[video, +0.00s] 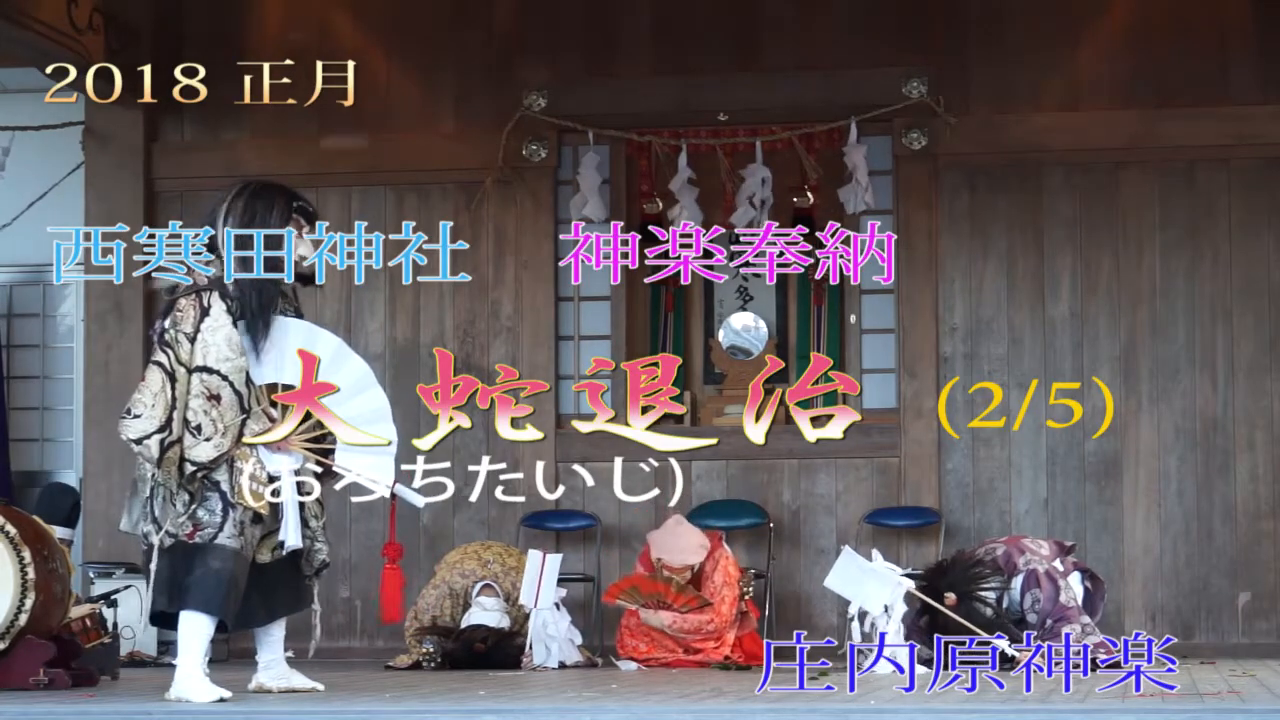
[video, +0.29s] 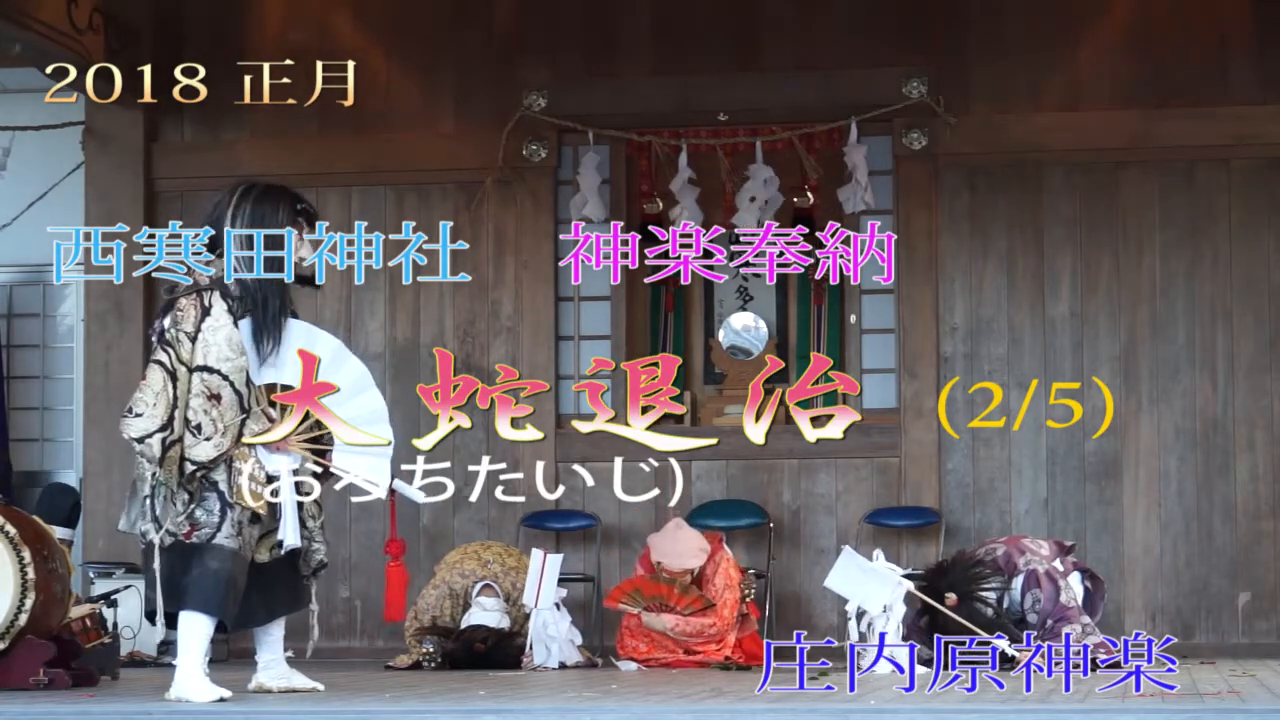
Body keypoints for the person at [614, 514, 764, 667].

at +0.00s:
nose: (675, 579)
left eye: (681, 573)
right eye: (669, 573)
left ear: (695, 564)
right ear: (658, 562)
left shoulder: (719, 560)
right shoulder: (647, 559)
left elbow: (718, 621)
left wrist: (662, 620)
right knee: (630, 625)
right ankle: (711, 654)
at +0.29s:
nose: (676, 582)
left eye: (682, 576)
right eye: (670, 576)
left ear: (695, 567)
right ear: (658, 564)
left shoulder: (720, 563)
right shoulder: (647, 560)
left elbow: (720, 625)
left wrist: (665, 623)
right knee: (631, 640)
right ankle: (711, 652)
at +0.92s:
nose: (681, 585)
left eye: (686, 579)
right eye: (673, 580)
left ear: (697, 568)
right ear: (658, 570)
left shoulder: (718, 565)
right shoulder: (645, 565)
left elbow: (720, 627)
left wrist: (666, 630)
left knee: (720, 647)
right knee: (630, 642)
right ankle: (710, 655)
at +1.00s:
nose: (680, 586)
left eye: (685, 580)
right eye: (673, 581)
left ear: (696, 570)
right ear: (659, 571)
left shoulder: (719, 566)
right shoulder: (645, 567)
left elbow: (720, 629)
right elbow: (630, 643)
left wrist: (667, 631)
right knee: (631, 643)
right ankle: (711, 655)